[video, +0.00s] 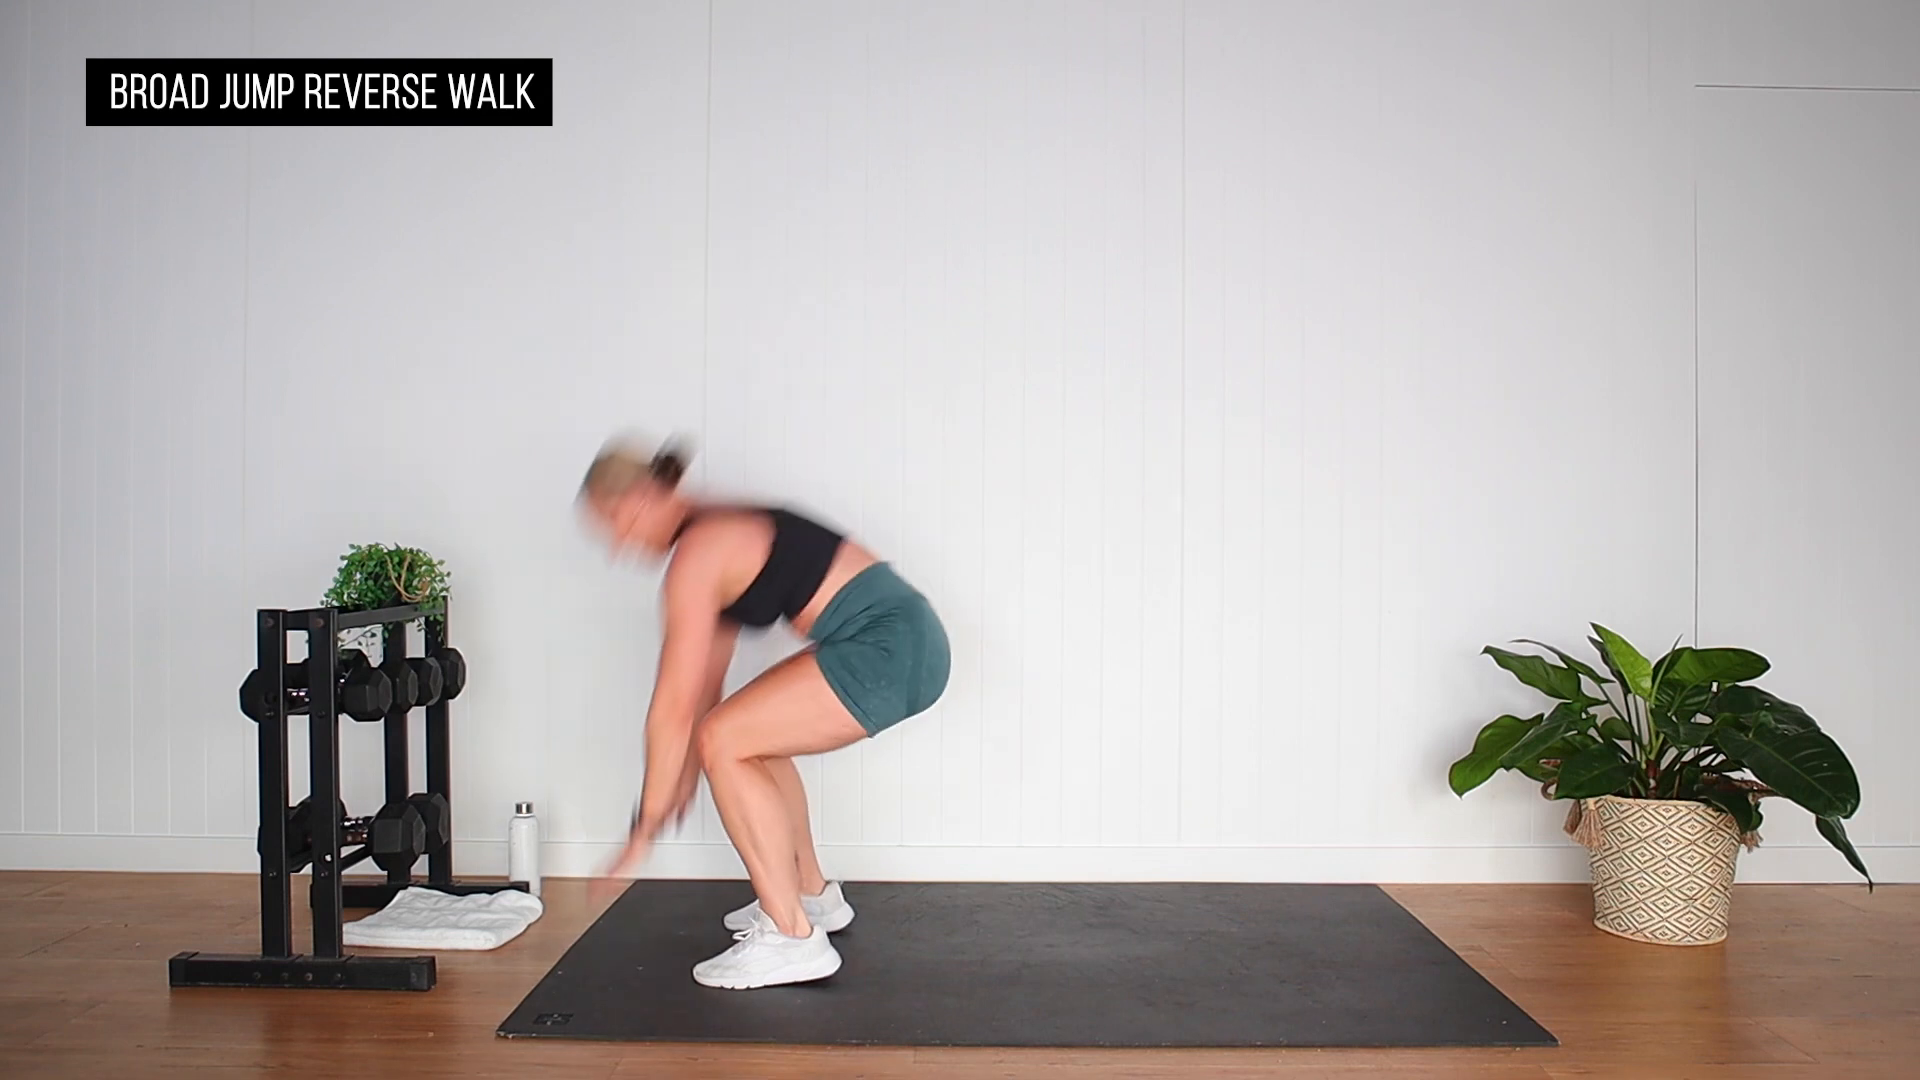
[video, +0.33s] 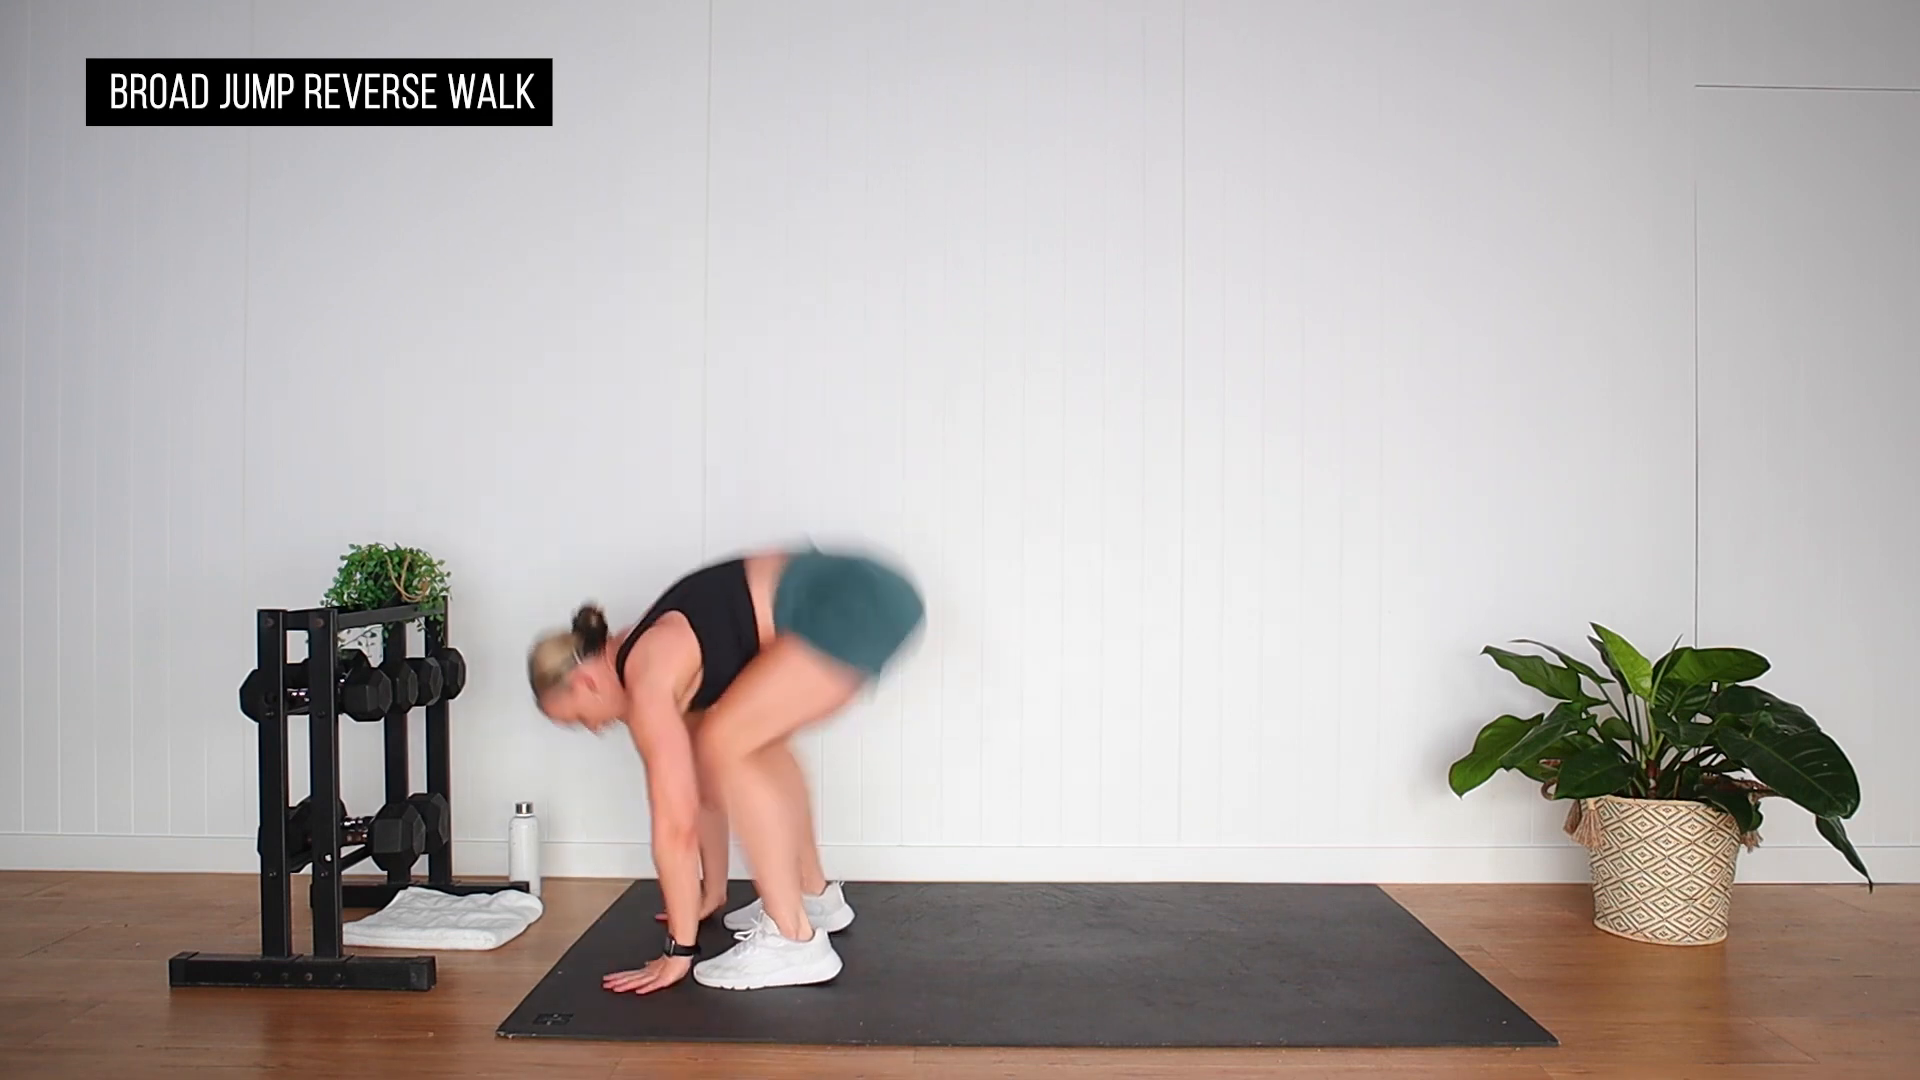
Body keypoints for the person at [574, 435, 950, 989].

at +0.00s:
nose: (619, 542)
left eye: (617, 522)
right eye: (611, 527)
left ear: (644, 498)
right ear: (654, 493)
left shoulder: (699, 554)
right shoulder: (720, 534)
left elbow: (672, 706)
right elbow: (706, 687)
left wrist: (645, 826)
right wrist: (685, 781)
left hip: (888, 646)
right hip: (901, 637)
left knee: (718, 740)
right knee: (743, 733)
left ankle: (790, 934)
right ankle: (811, 893)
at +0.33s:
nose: (593, 729)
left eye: (578, 717)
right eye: (577, 724)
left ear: (587, 678)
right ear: (591, 671)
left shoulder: (648, 675)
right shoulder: (665, 660)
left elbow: (676, 822)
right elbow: (711, 795)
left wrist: (680, 951)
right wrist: (713, 894)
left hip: (853, 607)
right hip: (865, 599)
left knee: (722, 743)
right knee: (751, 737)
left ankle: (792, 938)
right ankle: (813, 895)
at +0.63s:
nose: (610, 777)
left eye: (593, 768)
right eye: (596, 775)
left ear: (595, 730)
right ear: (606, 728)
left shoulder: (645, 696)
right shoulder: (674, 693)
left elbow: (684, 835)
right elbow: (719, 815)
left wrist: (685, 961)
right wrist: (716, 909)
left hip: (829, 566)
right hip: (836, 558)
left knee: (979, 706)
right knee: (984, 687)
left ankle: (1162, 801)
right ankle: (1138, 755)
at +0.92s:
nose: (633, 730)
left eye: (625, 715)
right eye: (623, 721)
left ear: (646, 679)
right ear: (655, 668)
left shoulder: (712, 693)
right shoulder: (734, 677)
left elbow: (718, 844)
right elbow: (743, 827)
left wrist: (690, 957)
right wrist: (717, 916)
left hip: (930, 714)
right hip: (936, 698)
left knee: (1087, 857)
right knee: (1089, 828)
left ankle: (1301, 913)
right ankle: (1253, 859)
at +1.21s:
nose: (708, 744)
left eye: (697, 730)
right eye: (696, 736)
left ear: (718, 693)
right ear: (716, 691)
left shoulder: (787, 700)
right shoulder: (778, 689)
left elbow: (779, 832)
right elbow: (767, 815)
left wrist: (726, 944)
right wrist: (726, 911)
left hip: (1006, 645)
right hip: (1002, 640)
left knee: (1149, 786)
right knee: (1147, 775)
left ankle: (1325, 909)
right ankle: (1292, 862)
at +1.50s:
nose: (848, 783)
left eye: (835, 775)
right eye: (835, 780)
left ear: (851, 733)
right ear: (850, 724)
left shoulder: (916, 715)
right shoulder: (894, 707)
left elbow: (924, 847)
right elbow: (854, 814)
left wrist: (886, 956)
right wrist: (770, 892)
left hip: (1106, 589)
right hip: (1099, 593)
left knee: (1216, 763)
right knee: (1209, 757)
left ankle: (1362, 916)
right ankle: (1321, 878)